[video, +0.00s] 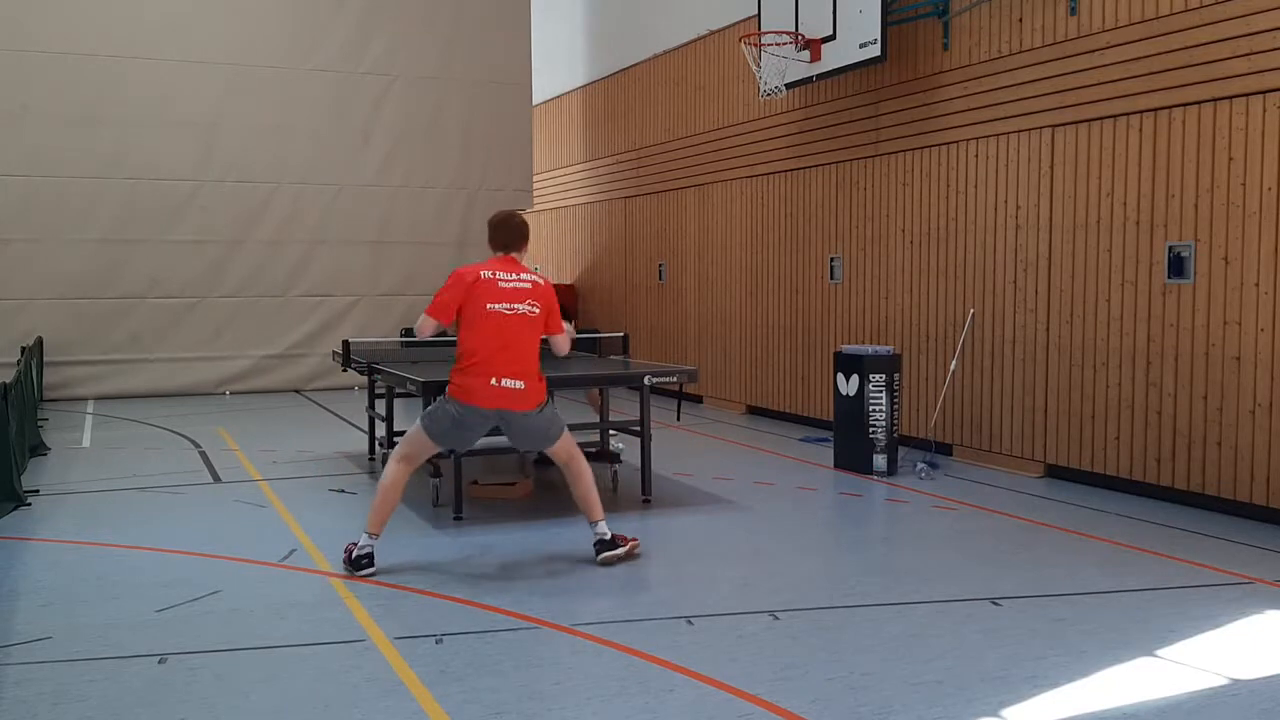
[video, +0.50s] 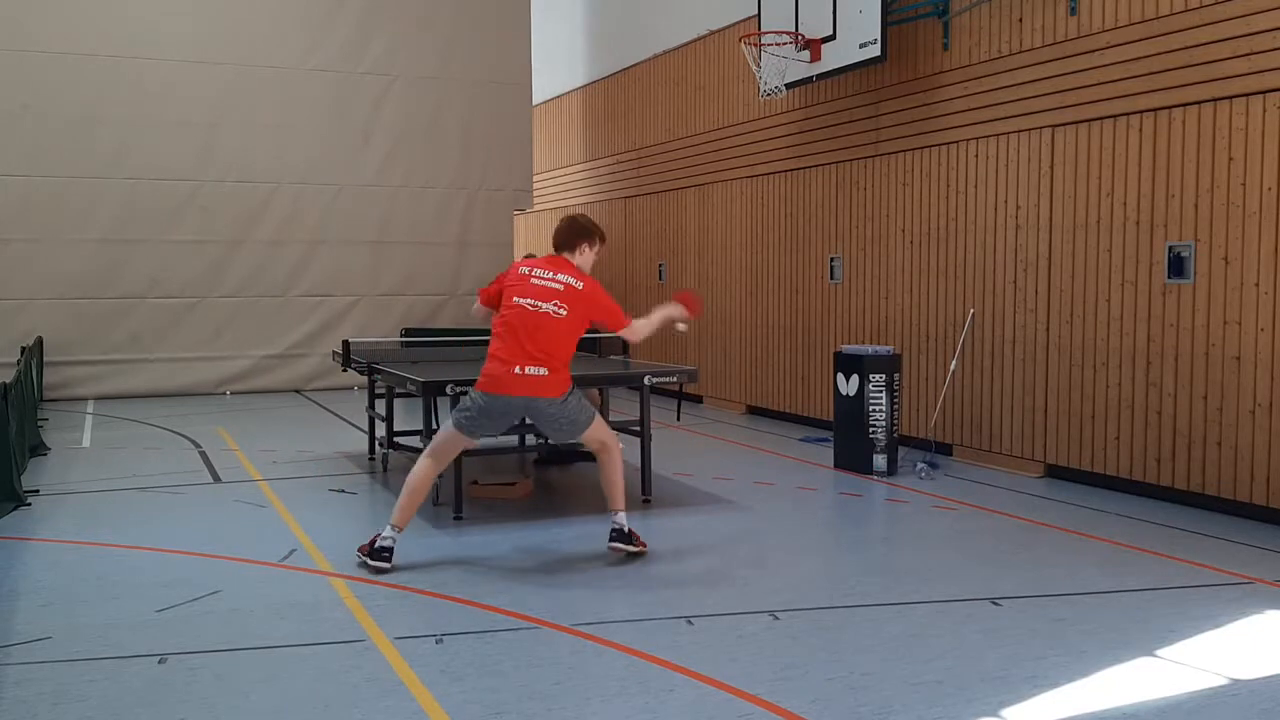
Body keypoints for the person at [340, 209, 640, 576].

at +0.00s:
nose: (523, 244)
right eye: (525, 239)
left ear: (490, 243)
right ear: (525, 244)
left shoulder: (467, 276)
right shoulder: (541, 285)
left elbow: (423, 330)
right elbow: (561, 347)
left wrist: (447, 313)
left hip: (468, 403)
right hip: (526, 406)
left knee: (403, 460)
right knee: (571, 459)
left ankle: (365, 548)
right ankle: (604, 536)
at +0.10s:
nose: (548, 251)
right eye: (549, 247)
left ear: (512, 248)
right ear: (548, 251)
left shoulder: (482, 279)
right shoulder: (557, 292)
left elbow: (450, 337)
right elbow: (564, 360)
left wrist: (488, 331)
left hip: (470, 394)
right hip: (526, 399)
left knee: (416, 464)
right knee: (581, 457)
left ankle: (372, 548)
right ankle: (611, 539)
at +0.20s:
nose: (578, 284)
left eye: (576, 279)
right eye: (579, 278)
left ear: (540, 271)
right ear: (574, 277)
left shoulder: (509, 297)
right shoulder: (564, 311)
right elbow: (555, 373)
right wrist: (591, 418)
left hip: (472, 414)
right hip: (525, 417)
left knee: (429, 481)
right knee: (598, 455)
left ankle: (373, 548)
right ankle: (617, 542)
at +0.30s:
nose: (599, 294)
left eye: (599, 287)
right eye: (599, 287)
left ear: (563, 280)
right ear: (591, 286)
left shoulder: (528, 305)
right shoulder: (567, 312)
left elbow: (514, 362)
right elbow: (556, 374)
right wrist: (604, 411)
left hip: (483, 416)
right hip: (531, 418)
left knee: (440, 491)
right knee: (613, 449)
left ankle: (376, 549)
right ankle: (620, 541)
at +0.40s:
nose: (601, 275)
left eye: (601, 267)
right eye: (601, 267)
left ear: (565, 259)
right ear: (590, 264)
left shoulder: (524, 286)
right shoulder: (581, 300)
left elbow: (487, 326)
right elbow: (598, 362)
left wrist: (526, 334)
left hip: (493, 402)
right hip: (546, 405)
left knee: (439, 476)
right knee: (614, 451)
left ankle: (377, 546)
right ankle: (618, 540)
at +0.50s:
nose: (596, 262)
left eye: (597, 255)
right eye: (595, 254)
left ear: (560, 246)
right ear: (582, 250)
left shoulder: (520, 269)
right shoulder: (585, 286)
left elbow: (481, 309)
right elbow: (634, 333)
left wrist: (523, 309)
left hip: (494, 390)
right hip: (550, 395)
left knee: (434, 458)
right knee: (607, 444)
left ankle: (386, 540)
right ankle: (621, 527)